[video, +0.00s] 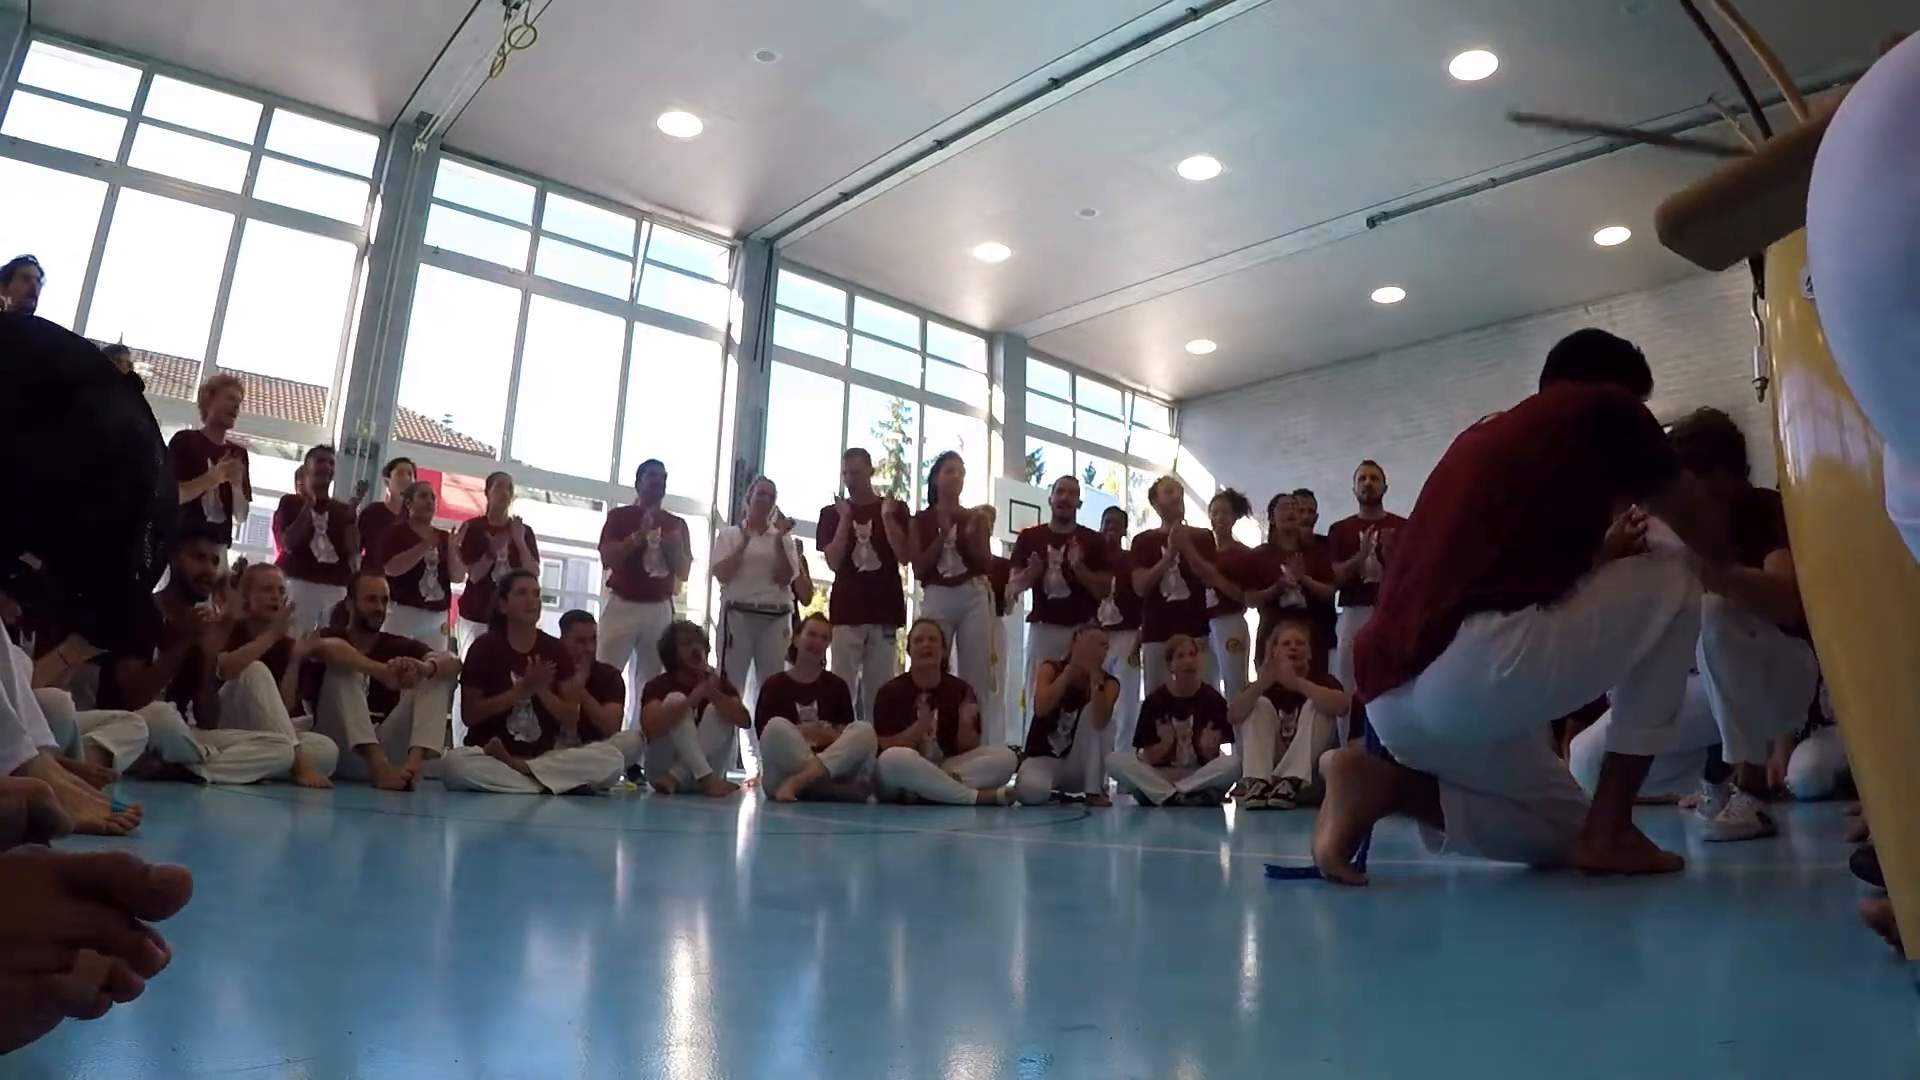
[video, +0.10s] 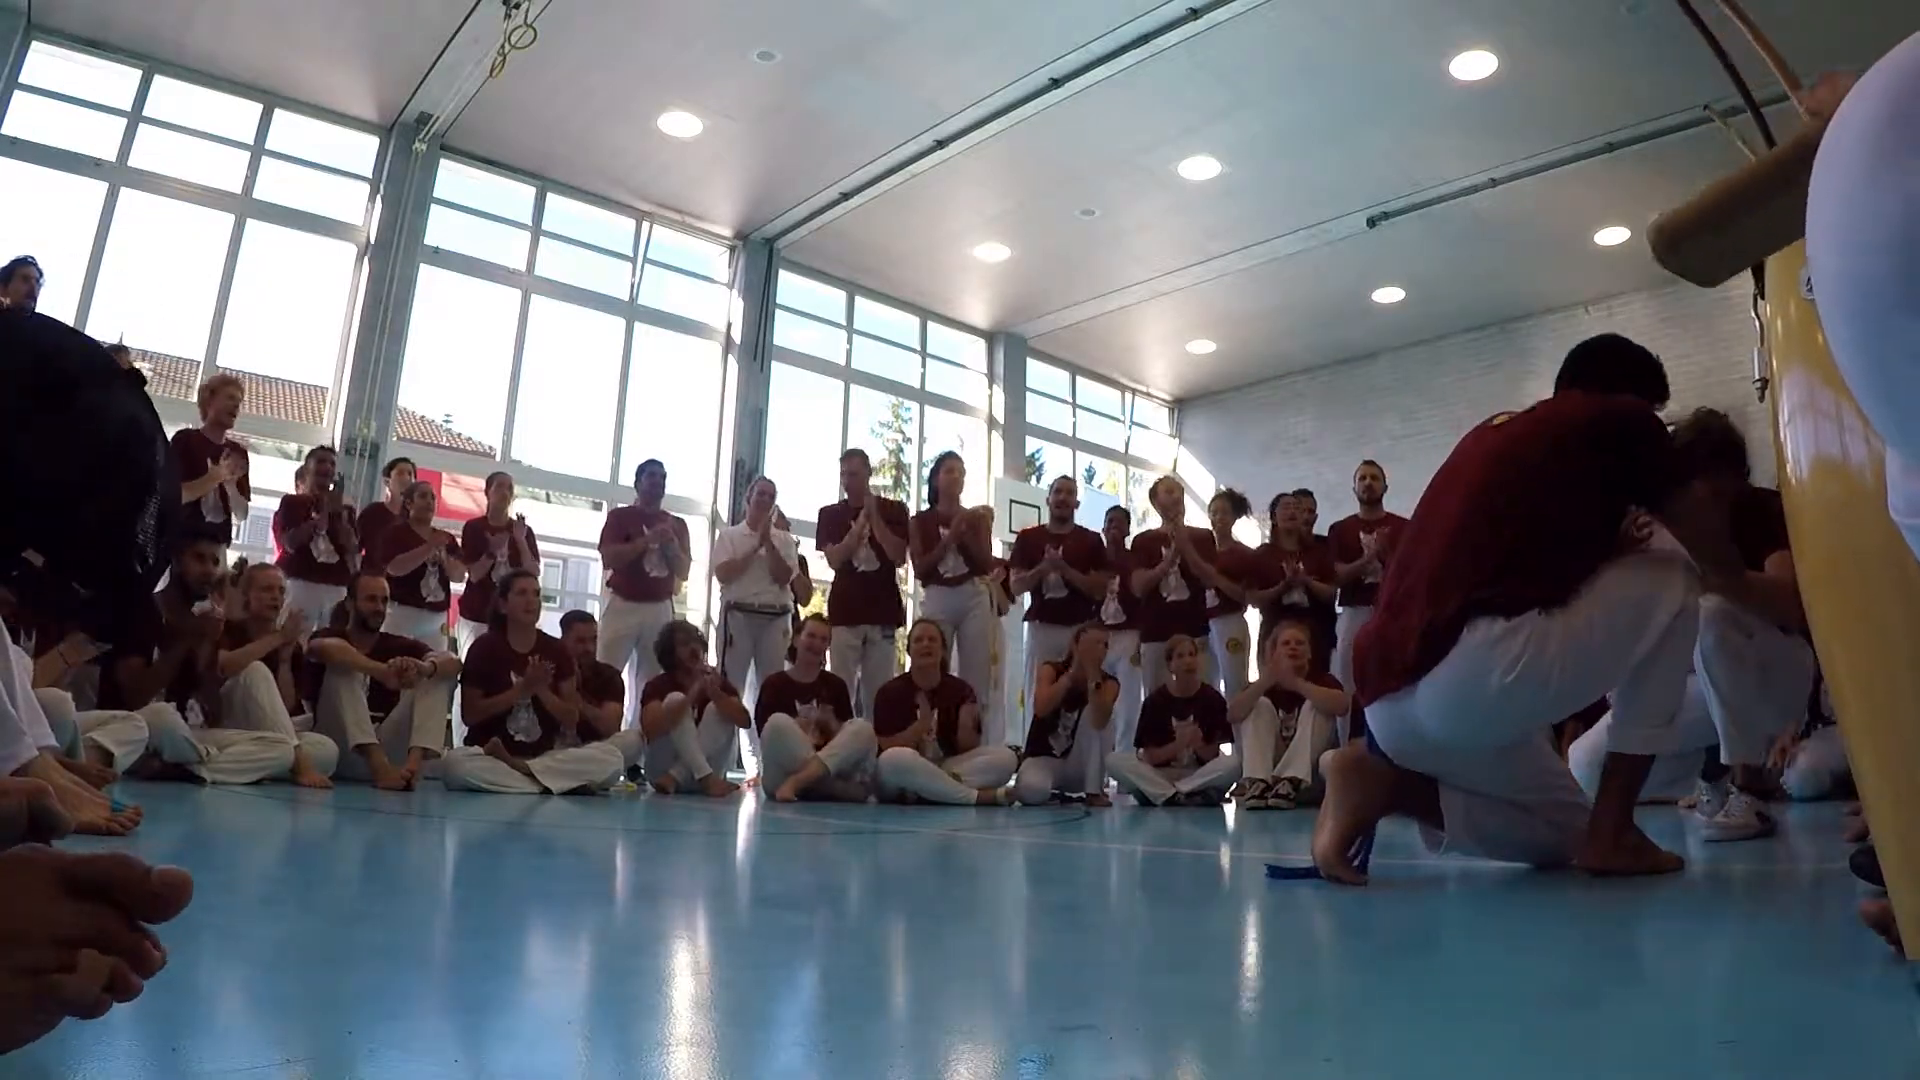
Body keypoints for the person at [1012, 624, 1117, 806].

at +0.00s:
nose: (1101, 651)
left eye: (1104, 646)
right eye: (1096, 644)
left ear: (1106, 650)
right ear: (1076, 643)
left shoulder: (1108, 683)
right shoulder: (1050, 668)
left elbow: (1099, 720)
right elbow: (1041, 708)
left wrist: (1095, 674)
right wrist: (1071, 670)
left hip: (1080, 763)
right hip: (1043, 760)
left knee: (1094, 711)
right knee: (1032, 792)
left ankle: (1093, 790)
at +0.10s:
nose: (1098, 650)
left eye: (1104, 645)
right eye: (1092, 643)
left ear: (1107, 650)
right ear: (1075, 645)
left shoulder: (1108, 682)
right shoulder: (1050, 669)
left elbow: (1099, 719)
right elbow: (1041, 708)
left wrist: (1093, 673)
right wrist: (1071, 675)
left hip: (1080, 763)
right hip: (1042, 760)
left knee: (1094, 712)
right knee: (1032, 792)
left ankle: (1094, 790)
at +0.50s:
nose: (1099, 651)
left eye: (1104, 646)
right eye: (1093, 644)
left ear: (1107, 650)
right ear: (1074, 646)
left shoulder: (1108, 682)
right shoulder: (1048, 670)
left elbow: (1099, 719)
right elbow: (1042, 709)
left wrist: (1092, 671)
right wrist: (1075, 672)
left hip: (1080, 762)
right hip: (1042, 760)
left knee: (1095, 712)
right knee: (1033, 793)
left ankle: (1094, 791)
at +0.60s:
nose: (1099, 650)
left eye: (1104, 646)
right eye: (1093, 644)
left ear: (1107, 652)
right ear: (1074, 647)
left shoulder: (1108, 682)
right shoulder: (1049, 670)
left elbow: (1101, 720)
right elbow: (1041, 709)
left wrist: (1092, 672)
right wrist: (1074, 672)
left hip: (1081, 762)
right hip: (1042, 760)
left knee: (1095, 711)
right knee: (1032, 793)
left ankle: (1094, 790)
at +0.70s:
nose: (1099, 650)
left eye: (1103, 646)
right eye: (1093, 644)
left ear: (1106, 652)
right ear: (1073, 645)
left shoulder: (1108, 682)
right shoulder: (1049, 670)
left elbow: (1101, 721)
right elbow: (1041, 709)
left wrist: (1092, 676)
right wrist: (1071, 671)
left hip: (1080, 763)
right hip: (1042, 761)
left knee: (1095, 710)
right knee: (1033, 794)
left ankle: (1094, 790)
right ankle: (1015, 792)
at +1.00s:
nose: (1099, 650)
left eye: (1103, 645)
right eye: (1093, 643)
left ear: (1106, 650)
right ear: (1074, 644)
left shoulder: (1108, 683)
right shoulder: (1049, 671)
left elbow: (1100, 719)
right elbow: (1040, 710)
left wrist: (1091, 677)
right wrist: (1070, 673)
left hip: (1080, 763)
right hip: (1042, 761)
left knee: (1095, 712)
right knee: (1033, 793)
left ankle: (1093, 791)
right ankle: (1012, 793)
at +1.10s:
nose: (1099, 649)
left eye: (1103, 645)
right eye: (1093, 643)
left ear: (1106, 651)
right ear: (1073, 645)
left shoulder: (1108, 683)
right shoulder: (1049, 670)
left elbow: (1101, 719)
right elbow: (1040, 709)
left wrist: (1093, 676)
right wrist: (1071, 672)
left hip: (1080, 763)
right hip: (1042, 761)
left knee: (1095, 711)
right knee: (1033, 793)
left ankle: (1093, 791)